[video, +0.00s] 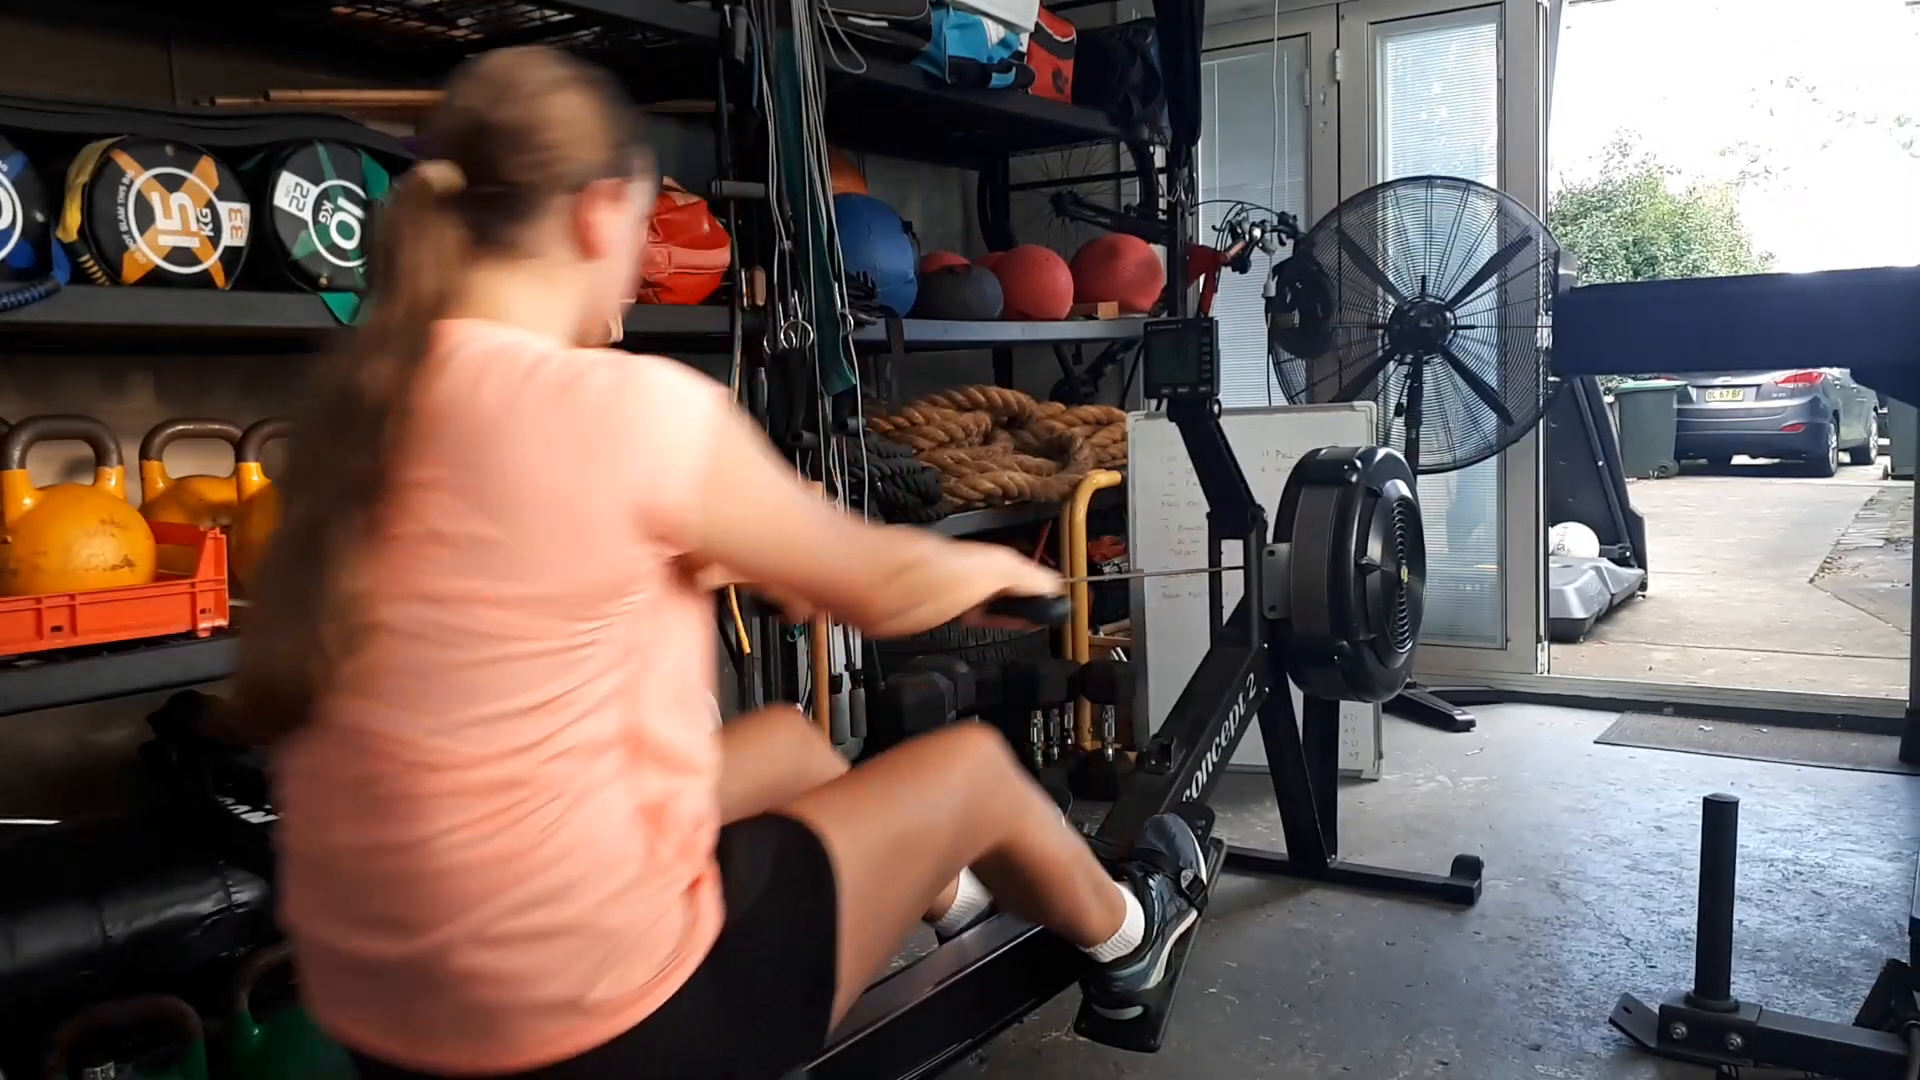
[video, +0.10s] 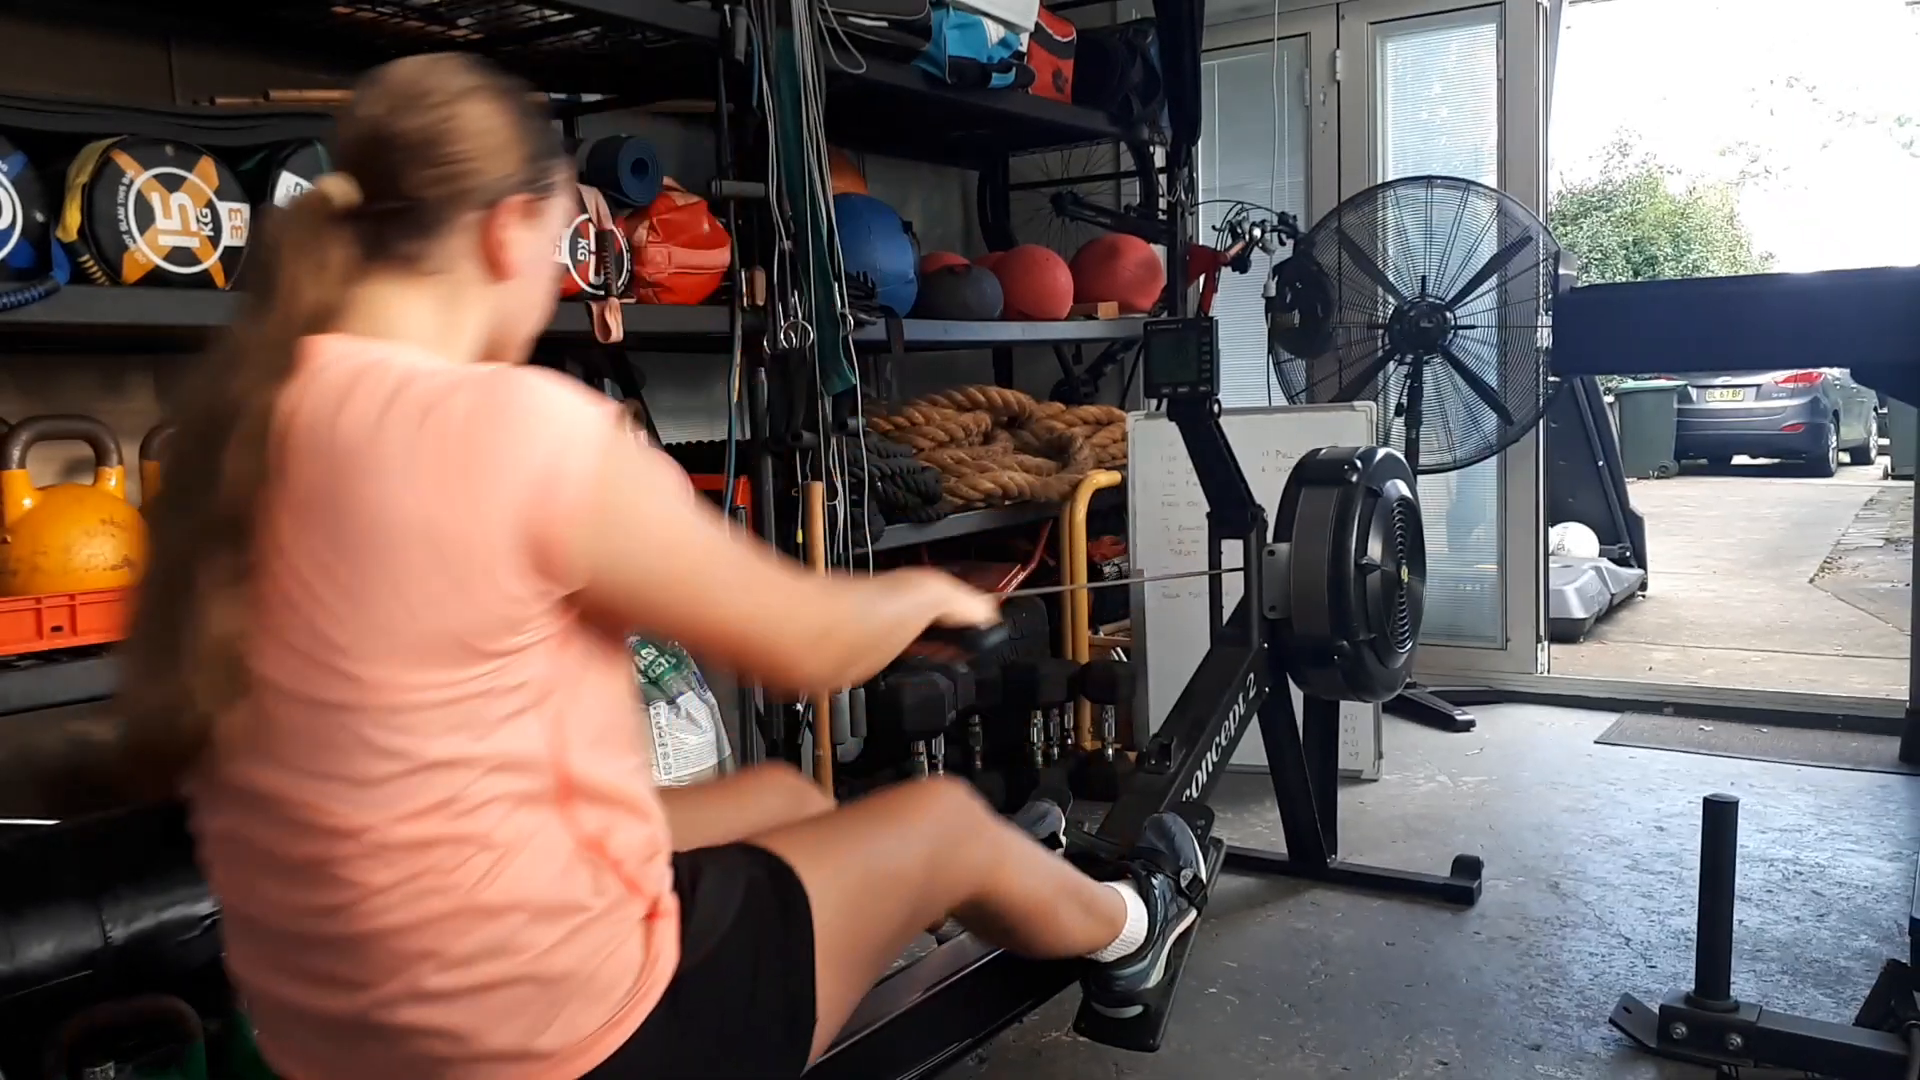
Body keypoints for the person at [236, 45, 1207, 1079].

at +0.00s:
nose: (647, 260)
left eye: (649, 228)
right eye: (646, 225)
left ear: (453, 212)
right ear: (597, 217)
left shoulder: (359, 400)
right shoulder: (640, 414)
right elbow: (879, 591)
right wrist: (987, 567)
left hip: (369, 1005)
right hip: (599, 1022)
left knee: (790, 736)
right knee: (973, 760)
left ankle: (941, 896)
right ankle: (1126, 943)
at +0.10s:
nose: (562, 269)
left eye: (564, 234)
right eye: (560, 232)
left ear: (357, 218)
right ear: (507, 232)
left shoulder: (246, 416)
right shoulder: (525, 434)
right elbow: (811, 644)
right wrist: (922, 591)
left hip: (323, 1035)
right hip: (568, 1035)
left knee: (787, 787)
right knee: (943, 817)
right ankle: (1116, 926)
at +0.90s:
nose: (769, 256)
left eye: (768, 232)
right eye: (768, 230)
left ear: (584, 235)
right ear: (735, 239)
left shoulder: (490, 396)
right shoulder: (775, 413)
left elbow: (573, 604)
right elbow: (1029, 628)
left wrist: (787, 617)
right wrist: (1060, 610)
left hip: (416, 1015)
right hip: (659, 1025)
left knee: (794, 711)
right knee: (974, 730)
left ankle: (916, 901)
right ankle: (1122, 959)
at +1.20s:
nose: (956, 296)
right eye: (955, 277)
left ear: (802, 288)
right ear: (938, 288)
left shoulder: (732, 420)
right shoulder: (971, 423)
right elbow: (1129, 553)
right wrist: (1215, 586)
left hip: (637, 924)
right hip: (856, 940)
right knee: (1042, 596)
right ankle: (1118, 955)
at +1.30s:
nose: (994, 304)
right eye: (992, 285)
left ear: (853, 299)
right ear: (977, 300)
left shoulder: (784, 421)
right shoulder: (1012, 427)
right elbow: (1164, 553)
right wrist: (1245, 581)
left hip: (691, 899)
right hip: (892, 914)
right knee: (1078, 587)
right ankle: (1117, 954)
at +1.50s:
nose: (1016, 314)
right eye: (1014, 296)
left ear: (873, 313)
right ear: (1000, 312)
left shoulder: (813, 429)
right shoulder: (1040, 429)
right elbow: (1180, 550)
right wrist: (1255, 580)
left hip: (722, 888)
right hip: (914, 900)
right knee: (1108, 583)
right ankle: (1119, 950)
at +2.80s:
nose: (755, 269)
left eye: (756, 240)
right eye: (754, 238)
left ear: (567, 233)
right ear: (713, 239)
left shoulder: (466, 390)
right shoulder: (740, 406)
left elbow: (546, 600)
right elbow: (1009, 629)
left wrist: (763, 606)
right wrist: (1051, 617)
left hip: (409, 1014)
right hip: (632, 1024)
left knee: (801, 706)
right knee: (976, 737)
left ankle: (924, 901)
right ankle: (1126, 958)